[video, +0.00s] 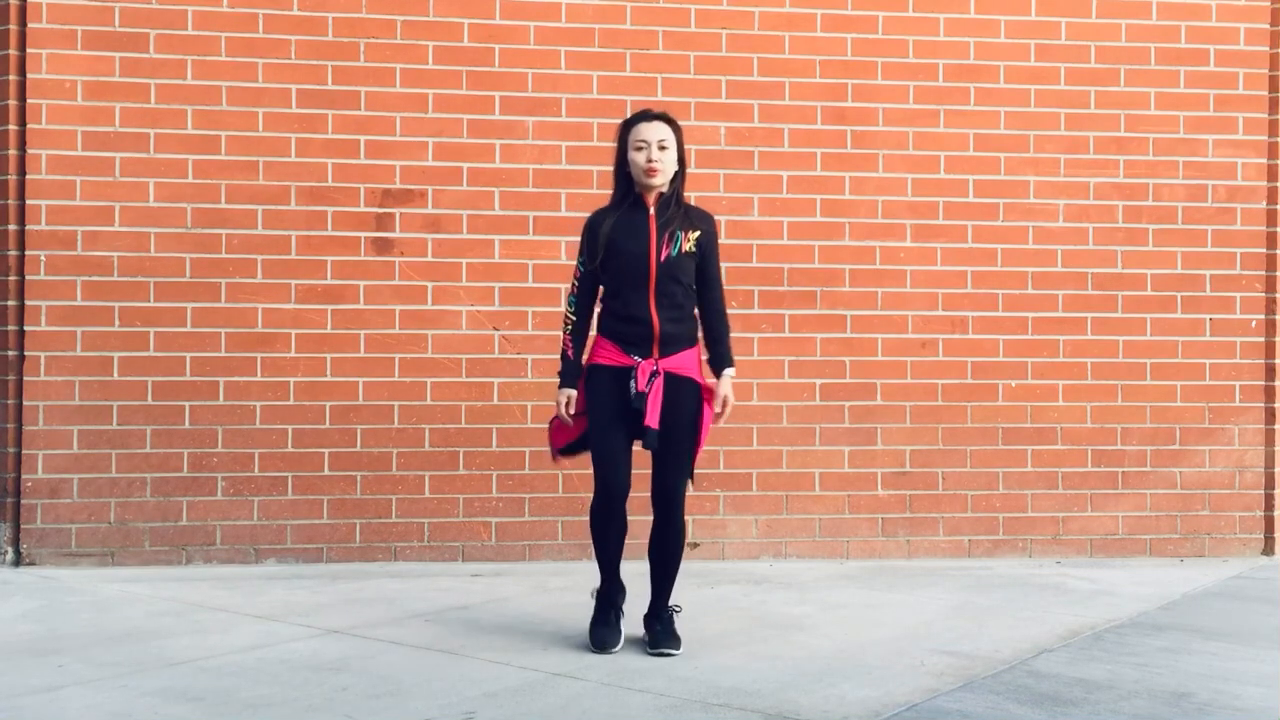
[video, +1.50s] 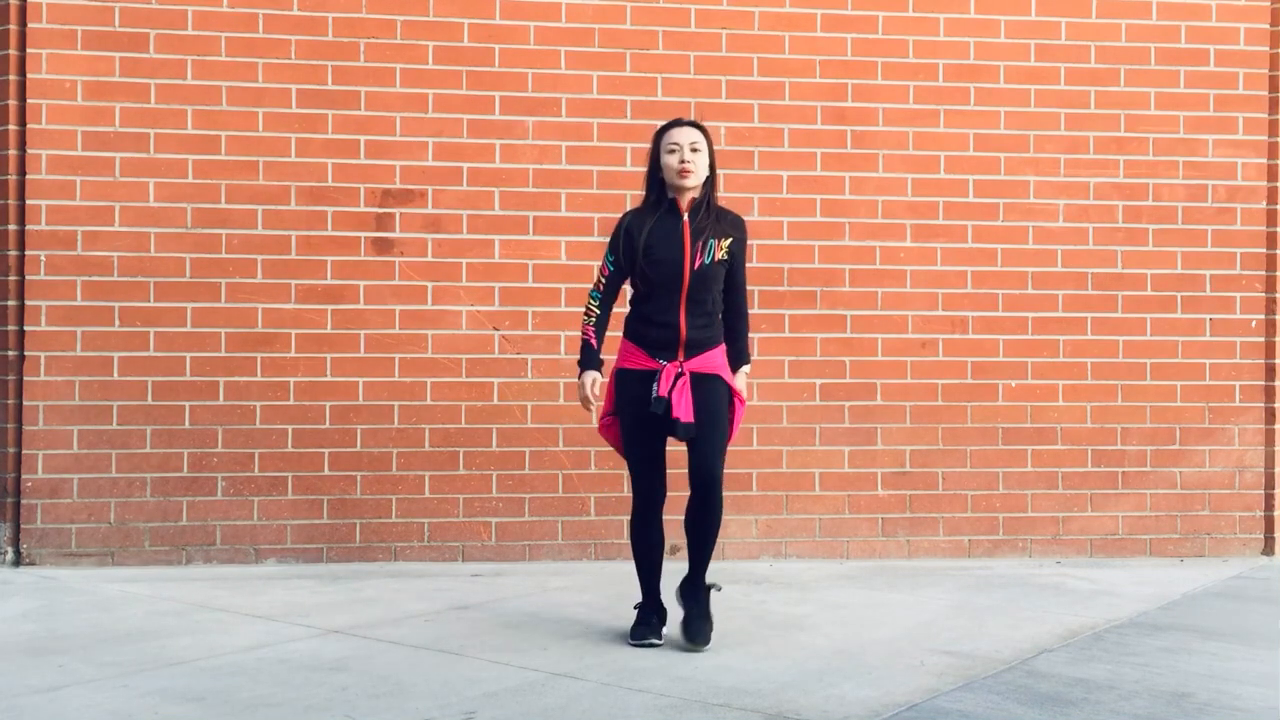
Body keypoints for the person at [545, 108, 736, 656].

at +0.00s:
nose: (652, 156)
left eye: (662, 146)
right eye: (641, 147)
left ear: (678, 156)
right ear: (625, 156)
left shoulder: (699, 224)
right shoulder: (603, 223)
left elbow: (712, 300)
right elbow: (580, 302)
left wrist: (723, 366)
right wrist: (568, 376)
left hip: (679, 373)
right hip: (611, 370)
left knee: (669, 498)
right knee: (611, 490)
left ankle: (661, 611)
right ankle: (608, 596)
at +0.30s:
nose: (658, 156)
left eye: (668, 147)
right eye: (647, 147)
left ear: (683, 155)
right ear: (631, 157)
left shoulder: (704, 223)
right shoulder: (611, 223)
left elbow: (719, 299)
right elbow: (588, 302)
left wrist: (732, 363)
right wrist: (573, 374)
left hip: (680, 372)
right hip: (615, 370)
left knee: (668, 499)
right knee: (621, 496)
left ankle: (661, 612)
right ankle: (621, 609)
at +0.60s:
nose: (661, 156)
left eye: (670, 147)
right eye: (649, 148)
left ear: (686, 156)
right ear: (633, 160)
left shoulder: (704, 227)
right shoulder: (612, 223)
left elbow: (709, 306)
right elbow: (582, 297)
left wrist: (712, 372)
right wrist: (565, 366)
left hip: (684, 366)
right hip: (617, 366)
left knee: (689, 471)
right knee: (622, 493)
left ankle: (678, 572)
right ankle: (622, 611)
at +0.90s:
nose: (676, 156)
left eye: (685, 146)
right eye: (664, 148)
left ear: (701, 154)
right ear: (649, 159)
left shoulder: (722, 223)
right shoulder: (627, 222)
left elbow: (733, 299)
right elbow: (606, 300)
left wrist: (742, 365)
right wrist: (592, 373)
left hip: (702, 371)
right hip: (635, 368)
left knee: (693, 498)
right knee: (633, 492)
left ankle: (686, 608)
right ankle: (624, 608)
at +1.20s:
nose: (684, 155)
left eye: (694, 146)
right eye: (672, 147)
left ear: (710, 155)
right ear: (658, 157)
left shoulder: (730, 219)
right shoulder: (636, 220)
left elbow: (749, 294)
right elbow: (615, 298)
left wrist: (765, 357)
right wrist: (602, 369)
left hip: (707, 369)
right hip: (644, 365)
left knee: (693, 493)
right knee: (650, 486)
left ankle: (687, 607)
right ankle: (648, 588)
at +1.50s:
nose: (685, 158)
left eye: (694, 149)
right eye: (674, 150)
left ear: (710, 161)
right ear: (658, 162)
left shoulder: (729, 227)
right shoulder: (635, 224)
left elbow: (735, 299)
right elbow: (602, 294)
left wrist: (741, 362)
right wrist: (589, 361)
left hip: (708, 367)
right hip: (642, 367)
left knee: (709, 482)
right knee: (648, 493)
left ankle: (696, 587)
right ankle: (650, 604)